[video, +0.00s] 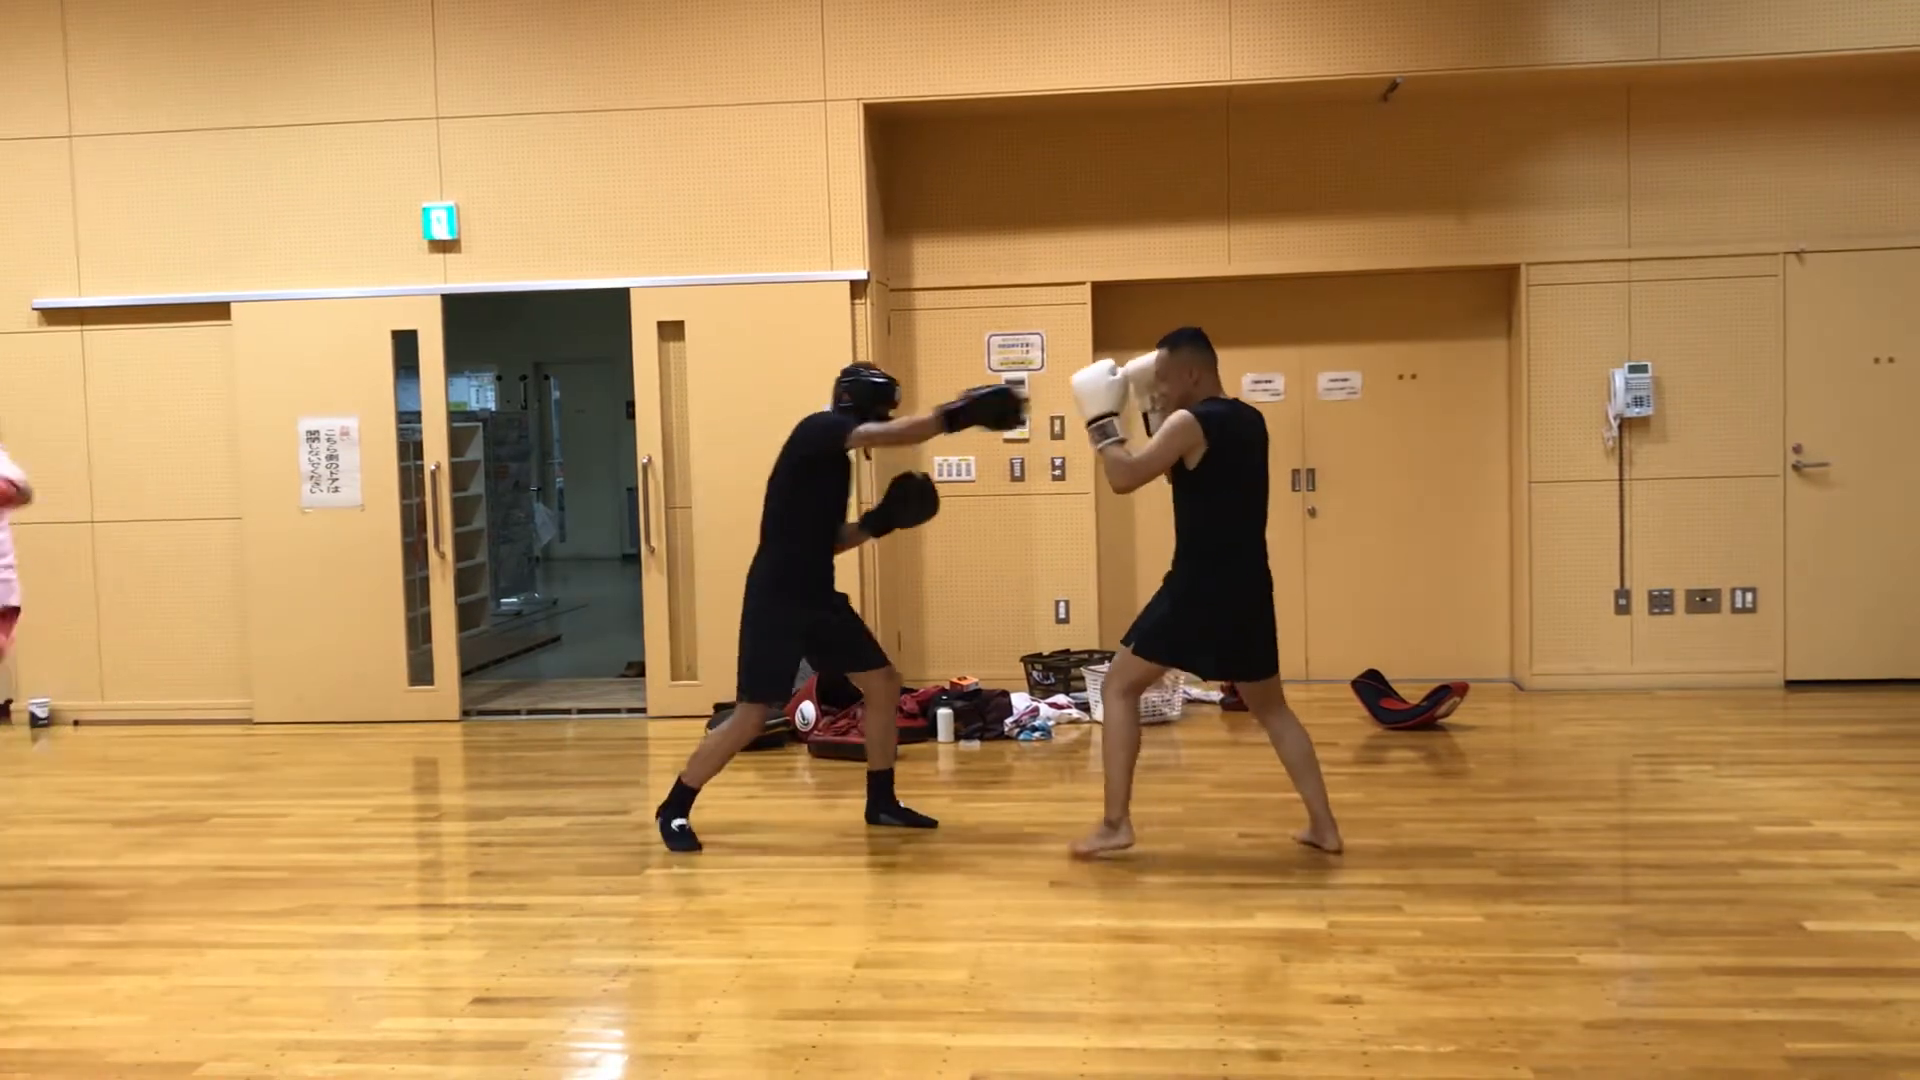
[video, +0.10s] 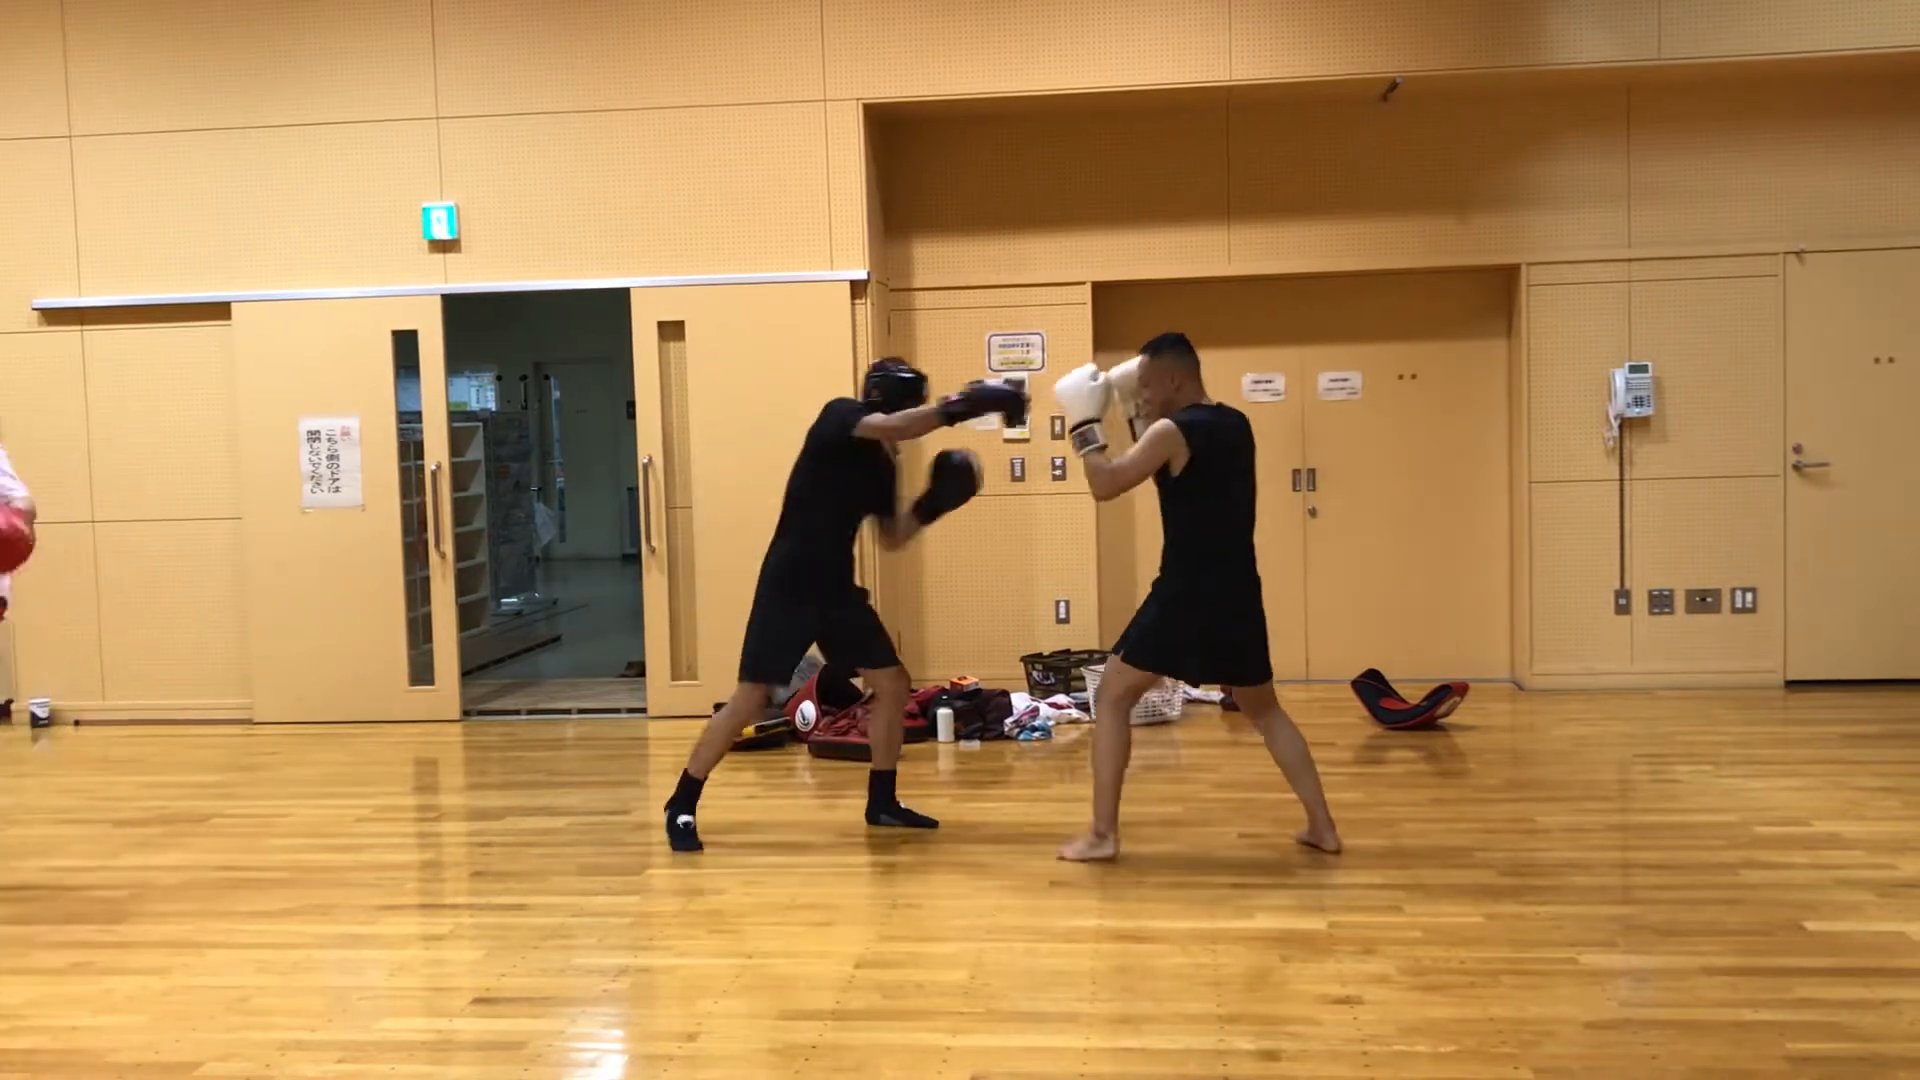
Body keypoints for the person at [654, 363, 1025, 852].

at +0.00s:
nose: (887, 419)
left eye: (888, 411)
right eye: (883, 410)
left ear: (847, 403)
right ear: (857, 402)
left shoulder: (834, 457)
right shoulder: (819, 428)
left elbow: (825, 543)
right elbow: (896, 433)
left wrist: (881, 519)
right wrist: (959, 414)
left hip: (817, 594)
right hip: (777, 594)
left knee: (882, 684)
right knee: (752, 716)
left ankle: (881, 802)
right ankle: (673, 810)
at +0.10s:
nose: (914, 417)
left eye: (917, 410)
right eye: (911, 409)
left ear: (881, 399)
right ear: (889, 403)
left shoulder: (881, 463)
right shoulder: (838, 416)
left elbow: (892, 536)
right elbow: (893, 429)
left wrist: (935, 500)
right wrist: (960, 407)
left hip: (835, 586)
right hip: (788, 580)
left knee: (892, 684)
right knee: (752, 697)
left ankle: (883, 803)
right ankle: (681, 806)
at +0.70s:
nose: (939, 395)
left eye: (941, 385)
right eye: (928, 385)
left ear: (944, 385)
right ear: (897, 385)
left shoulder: (949, 429)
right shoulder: (866, 426)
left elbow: (975, 499)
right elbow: (844, 495)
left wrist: (973, 471)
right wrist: (890, 465)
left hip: (934, 559)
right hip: (883, 561)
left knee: (961, 654)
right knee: (871, 669)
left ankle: (934, 773)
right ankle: (870, 770)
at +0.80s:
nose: (940, 385)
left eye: (944, 376)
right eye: (930, 377)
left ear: (949, 374)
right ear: (903, 376)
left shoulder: (958, 414)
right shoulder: (875, 415)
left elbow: (985, 474)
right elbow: (858, 487)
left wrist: (960, 447)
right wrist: (900, 453)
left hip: (949, 546)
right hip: (898, 550)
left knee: (975, 644)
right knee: (882, 657)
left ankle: (968, 764)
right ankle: (874, 767)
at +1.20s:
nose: (1054, 390)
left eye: (1062, 382)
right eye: (1046, 379)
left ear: (1070, 383)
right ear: (1026, 378)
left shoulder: (1080, 422)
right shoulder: (999, 422)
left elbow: (1120, 454)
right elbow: (971, 477)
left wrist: (1111, 402)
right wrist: (978, 489)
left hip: (1066, 556)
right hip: (1012, 557)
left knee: (1092, 664)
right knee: (972, 656)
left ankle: (1108, 766)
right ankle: (957, 755)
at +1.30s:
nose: (1071, 386)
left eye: (1080, 376)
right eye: (1063, 375)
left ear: (1093, 376)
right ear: (1047, 372)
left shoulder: (1103, 415)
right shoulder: (1025, 414)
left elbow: (1140, 452)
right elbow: (1000, 476)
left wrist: (1131, 396)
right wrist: (1010, 476)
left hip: (1088, 546)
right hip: (1038, 545)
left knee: (1099, 660)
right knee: (1010, 651)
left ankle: (1107, 764)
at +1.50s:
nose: (1093, 390)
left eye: (1102, 380)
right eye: (1084, 381)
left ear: (1114, 375)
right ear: (1067, 377)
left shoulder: (1137, 410)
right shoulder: (1055, 416)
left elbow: (1169, 469)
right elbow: (1042, 493)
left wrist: (1144, 453)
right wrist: (1056, 464)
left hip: (1127, 541)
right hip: (1081, 544)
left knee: (1123, 652)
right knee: (1096, 657)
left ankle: (1112, 761)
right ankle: (1147, 730)